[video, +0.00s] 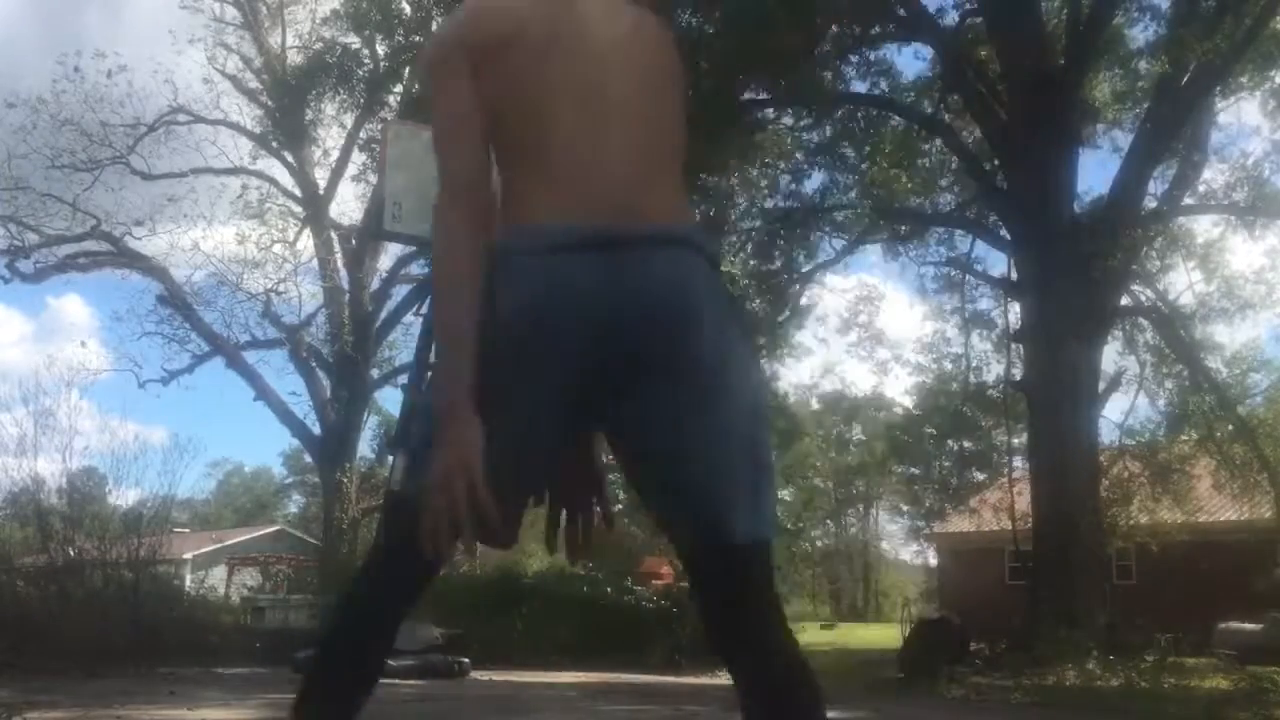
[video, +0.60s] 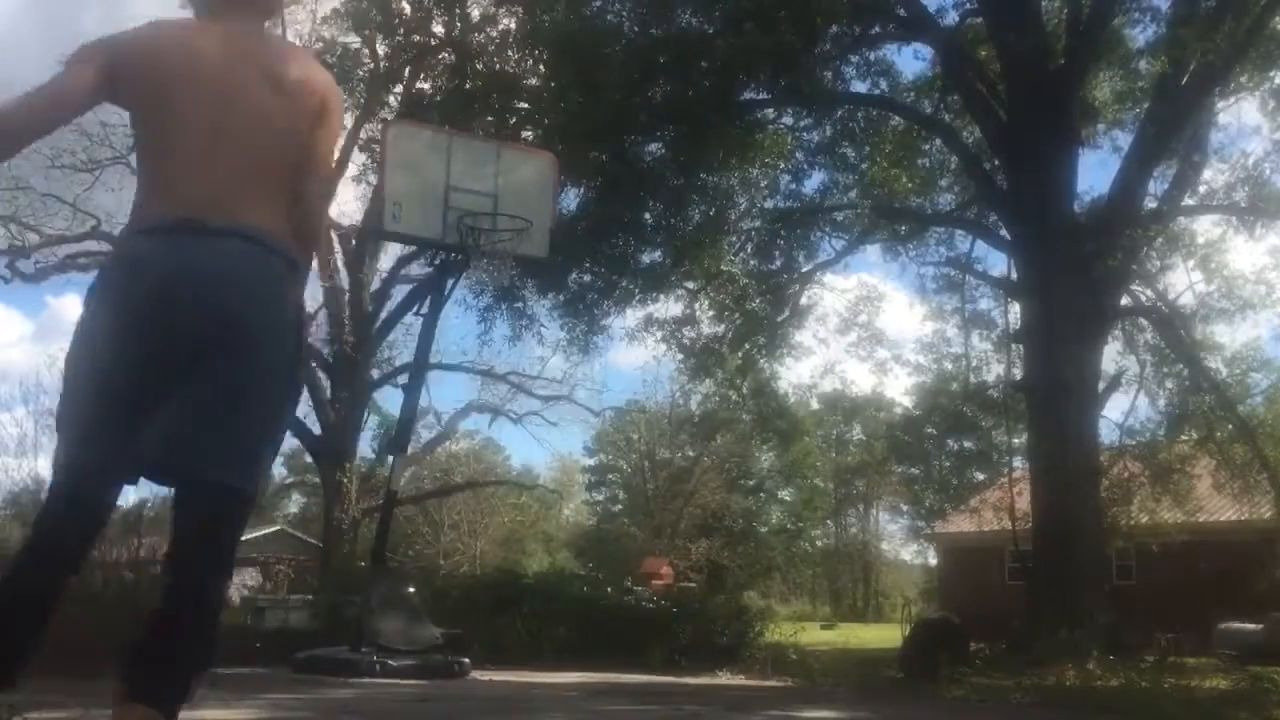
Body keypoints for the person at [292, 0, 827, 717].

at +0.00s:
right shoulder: (652, 30)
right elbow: (631, 213)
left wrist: (456, 405)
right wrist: (584, 420)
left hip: (531, 291)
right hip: (674, 291)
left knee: (393, 573)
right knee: (748, 608)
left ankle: (314, 708)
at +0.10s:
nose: (386, 23)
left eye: (386, 18)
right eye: (387, 21)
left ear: (401, 13)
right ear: (480, 14)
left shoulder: (381, 75)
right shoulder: (553, 73)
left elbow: (376, 243)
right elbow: (555, 241)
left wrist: (350, 427)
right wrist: (517, 457)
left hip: (453, 328)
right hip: (590, 326)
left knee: (320, 583)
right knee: (659, 602)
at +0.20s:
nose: (310, 19)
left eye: (313, 14)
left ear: (327, 8)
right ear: (410, 9)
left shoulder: (301, 50)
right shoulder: (470, 65)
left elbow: (286, 170)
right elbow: (490, 191)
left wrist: (225, 307)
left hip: (366, 285)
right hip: (488, 285)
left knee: (278, 547)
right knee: (545, 558)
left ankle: (243, 711)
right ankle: (620, 709)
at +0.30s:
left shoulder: (248, 8)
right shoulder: (429, 32)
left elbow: (231, 68)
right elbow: (439, 171)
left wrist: (146, 184)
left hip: (298, 240)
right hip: (419, 243)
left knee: (258, 530)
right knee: (427, 523)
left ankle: (236, 707)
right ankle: (429, 703)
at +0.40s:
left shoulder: (231, 3)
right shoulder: (395, 16)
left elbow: (168, 38)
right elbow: (397, 155)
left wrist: (68, 126)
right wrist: (387, 251)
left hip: (245, 209)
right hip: (361, 216)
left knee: (217, 488)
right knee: (321, 500)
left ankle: (187, 702)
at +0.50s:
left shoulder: (188, 5)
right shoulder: (359, 34)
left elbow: (103, 55)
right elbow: (351, 174)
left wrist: (0, 123)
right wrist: (341, 281)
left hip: (195, 220)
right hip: (311, 237)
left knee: (152, 489)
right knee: (244, 519)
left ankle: (82, 701)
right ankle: (184, 711)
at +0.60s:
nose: (286, 11)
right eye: (287, 10)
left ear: (200, 2)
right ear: (276, 9)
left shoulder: (142, 46)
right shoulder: (319, 84)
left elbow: (23, 119)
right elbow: (311, 209)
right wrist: (286, 304)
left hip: (148, 268)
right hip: (262, 287)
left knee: (74, 505)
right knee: (207, 535)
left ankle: (2, 678)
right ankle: (148, 704)